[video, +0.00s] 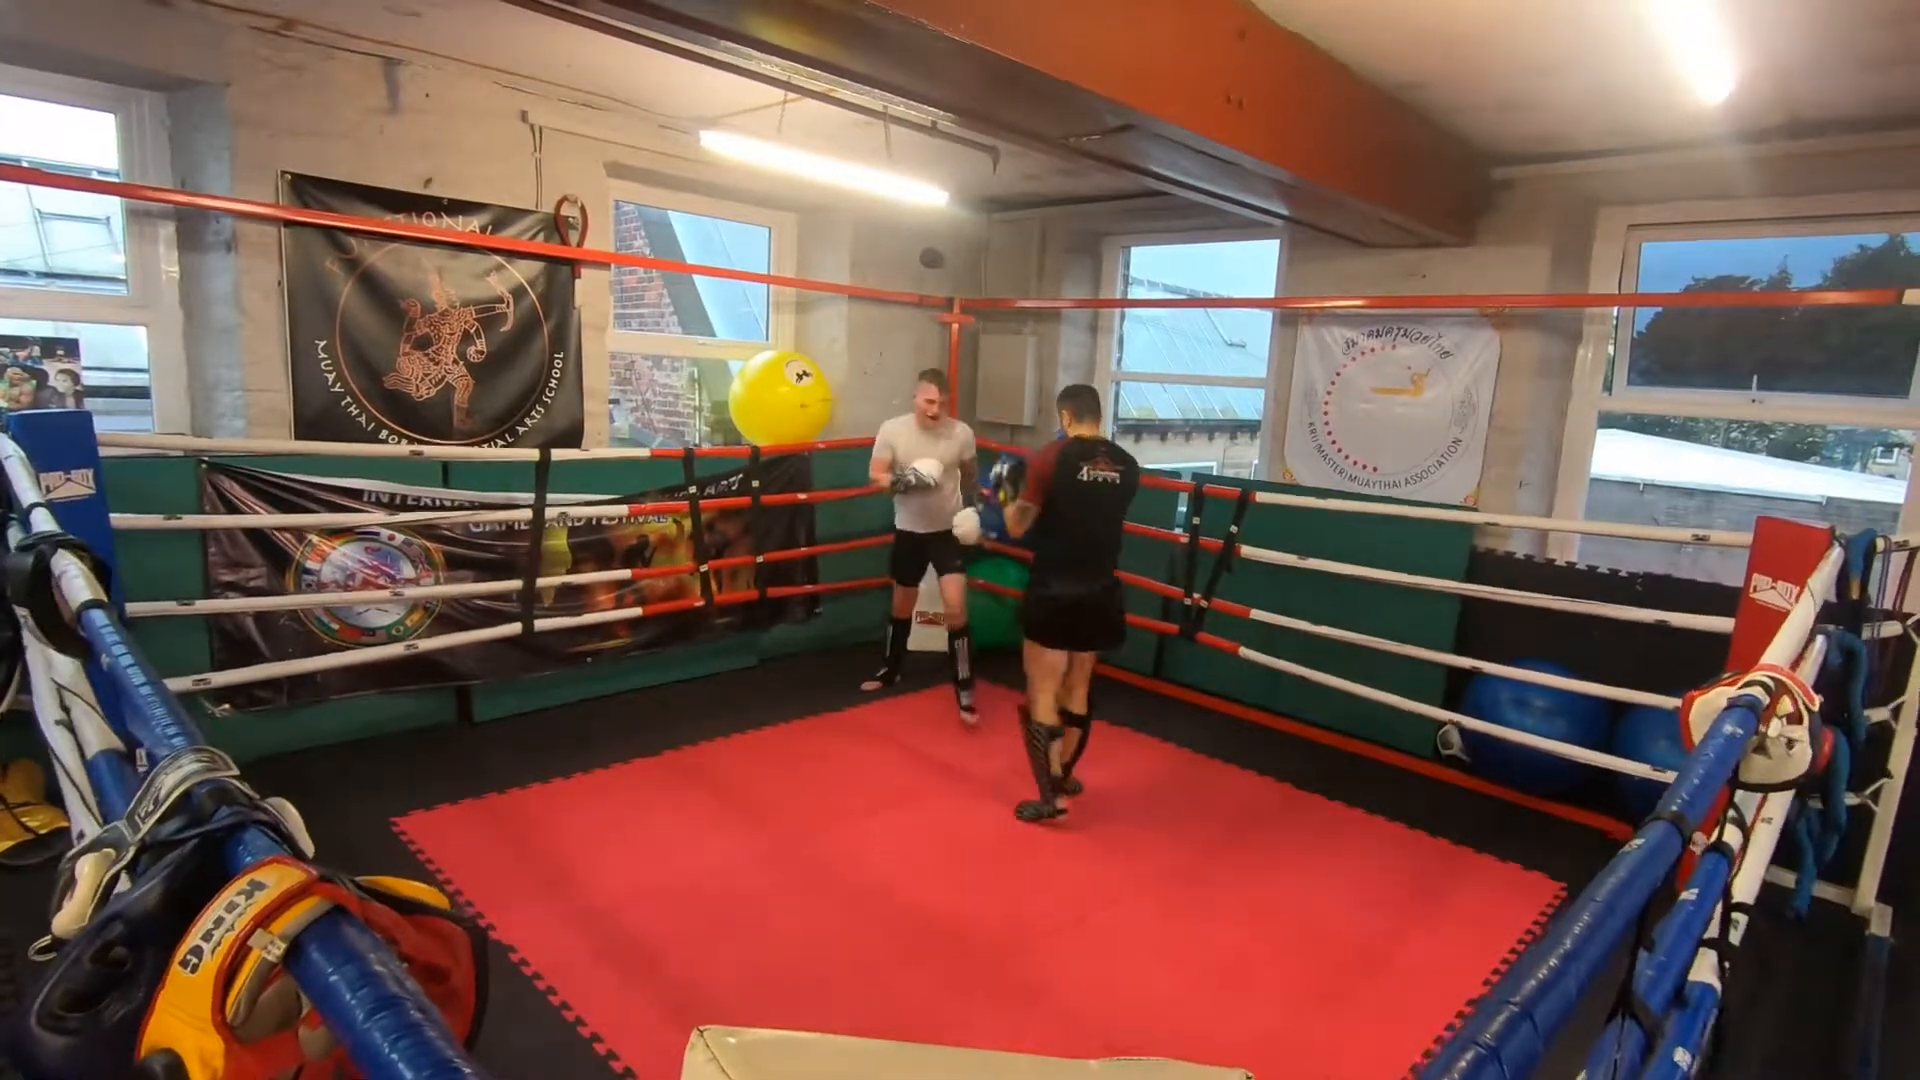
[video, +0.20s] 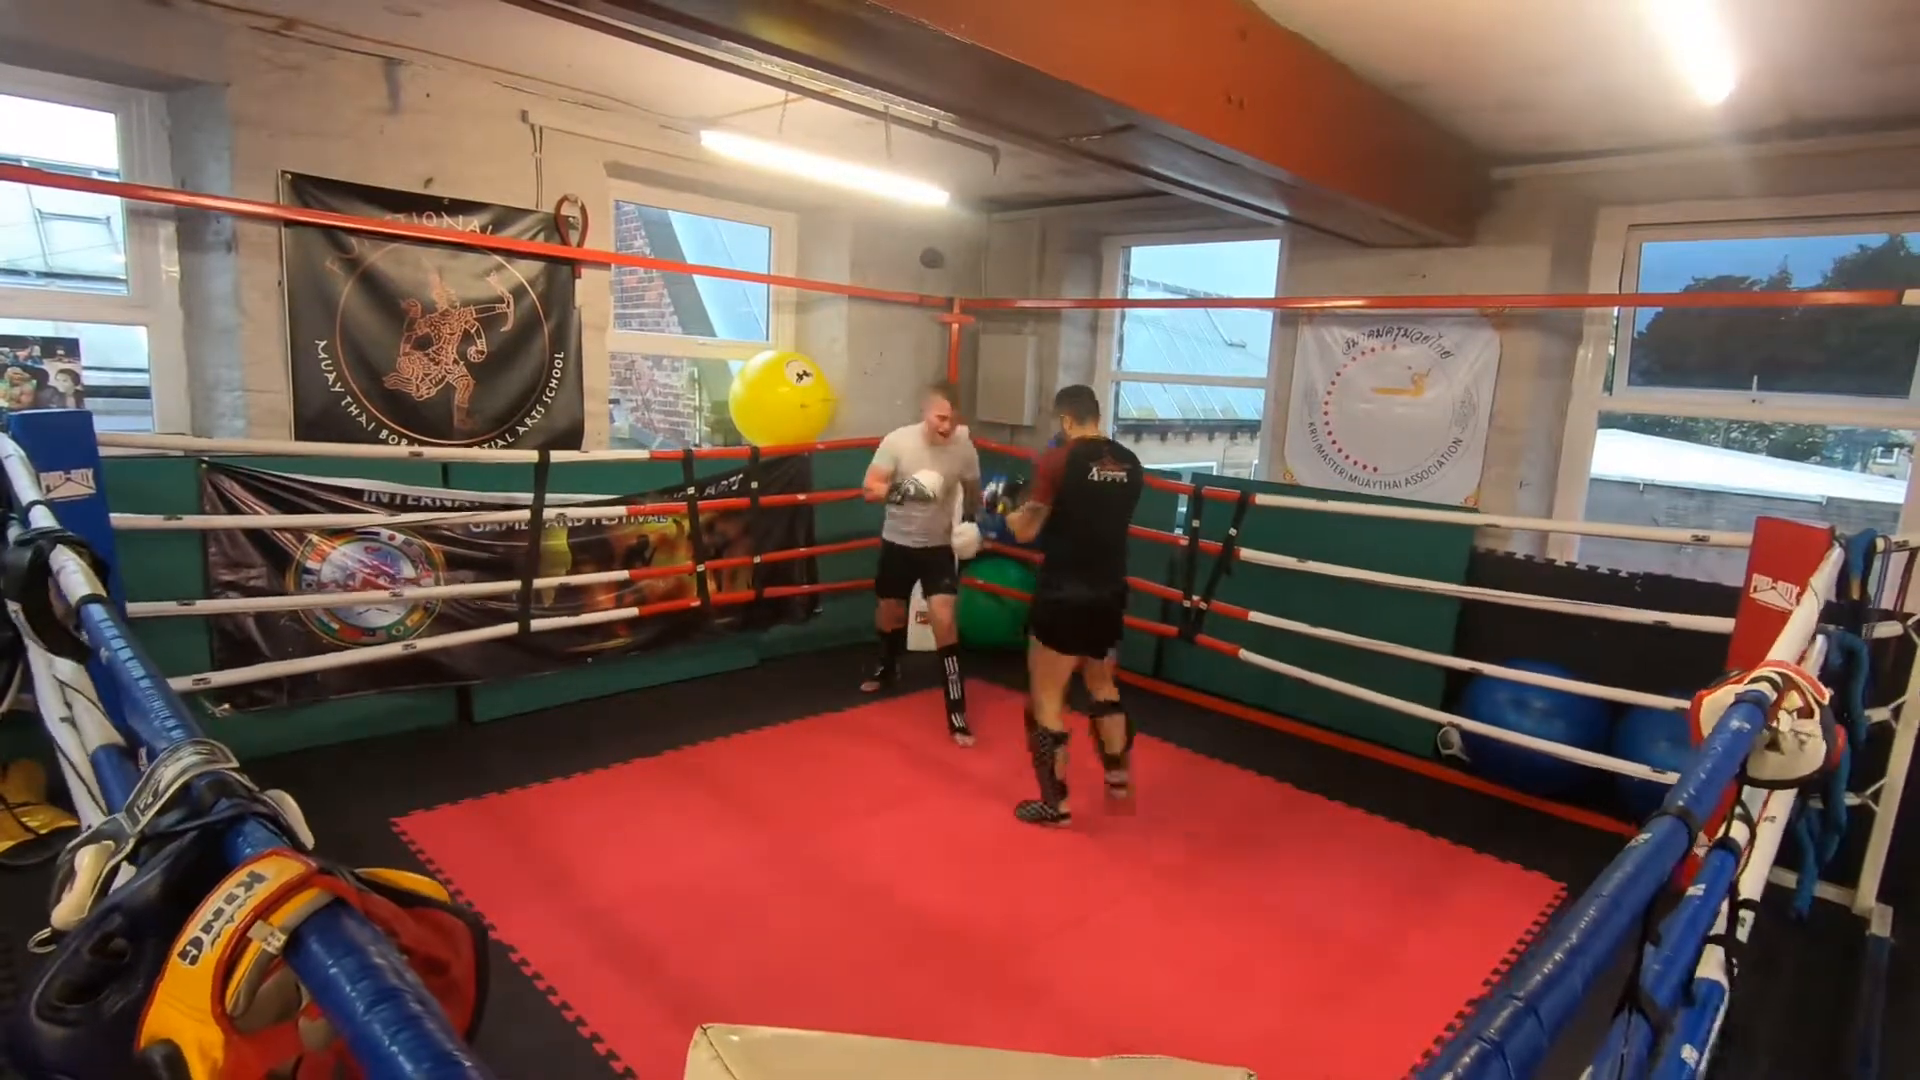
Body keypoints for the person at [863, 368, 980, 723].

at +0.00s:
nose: (932, 409)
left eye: (938, 402)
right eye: (926, 401)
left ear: (947, 402)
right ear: (914, 400)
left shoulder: (961, 434)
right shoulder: (892, 430)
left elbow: (970, 477)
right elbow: (876, 477)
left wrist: (971, 511)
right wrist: (902, 479)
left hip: (947, 533)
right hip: (908, 533)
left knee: (956, 607)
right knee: (901, 605)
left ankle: (964, 689)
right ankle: (890, 670)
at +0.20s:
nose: (946, 426)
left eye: (951, 420)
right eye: (940, 419)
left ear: (957, 418)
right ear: (924, 415)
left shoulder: (963, 444)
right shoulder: (898, 441)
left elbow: (973, 490)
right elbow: (871, 487)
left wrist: (970, 525)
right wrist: (901, 490)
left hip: (939, 547)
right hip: (897, 545)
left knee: (943, 620)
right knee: (889, 613)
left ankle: (957, 714)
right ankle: (887, 669)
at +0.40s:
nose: (947, 421)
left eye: (952, 415)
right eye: (942, 413)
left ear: (957, 416)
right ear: (925, 407)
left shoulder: (959, 443)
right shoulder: (890, 433)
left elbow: (960, 503)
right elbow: (860, 474)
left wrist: (941, 492)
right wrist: (885, 486)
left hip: (928, 544)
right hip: (885, 540)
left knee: (938, 627)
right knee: (855, 618)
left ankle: (955, 716)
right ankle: (845, 673)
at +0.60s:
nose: (876, 408)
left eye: (883, 401)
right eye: (870, 400)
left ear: (895, 404)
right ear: (862, 403)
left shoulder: (913, 446)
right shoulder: (844, 445)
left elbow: (938, 489)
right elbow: (825, 501)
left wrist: (925, 522)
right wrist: (853, 484)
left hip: (907, 555)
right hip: (862, 552)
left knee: (929, 638)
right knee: (824, 626)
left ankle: (954, 721)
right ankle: (801, 706)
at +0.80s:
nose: (807, 377)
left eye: (812, 370)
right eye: (800, 371)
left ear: (820, 375)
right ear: (787, 377)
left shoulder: (843, 413)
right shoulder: (775, 421)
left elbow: (881, 451)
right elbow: (772, 479)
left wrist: (908, 484)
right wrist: (806, 465)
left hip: (847, 525)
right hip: (803, 529)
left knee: (870, 608)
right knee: (796, 616)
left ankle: (901, 693)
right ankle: (798, 704)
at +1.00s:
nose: (769, 377)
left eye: (774, 371)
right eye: (761, 371)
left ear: (780, 374)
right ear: (746, 374)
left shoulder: (799, 411)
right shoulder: (729, 418)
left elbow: (827, 450)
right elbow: (721, 474)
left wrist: (837, 473)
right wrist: (748, 460)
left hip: (796, 517)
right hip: (753, 520)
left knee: (803, 603)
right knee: (733, 604)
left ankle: (812, 686)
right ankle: (716, 670)